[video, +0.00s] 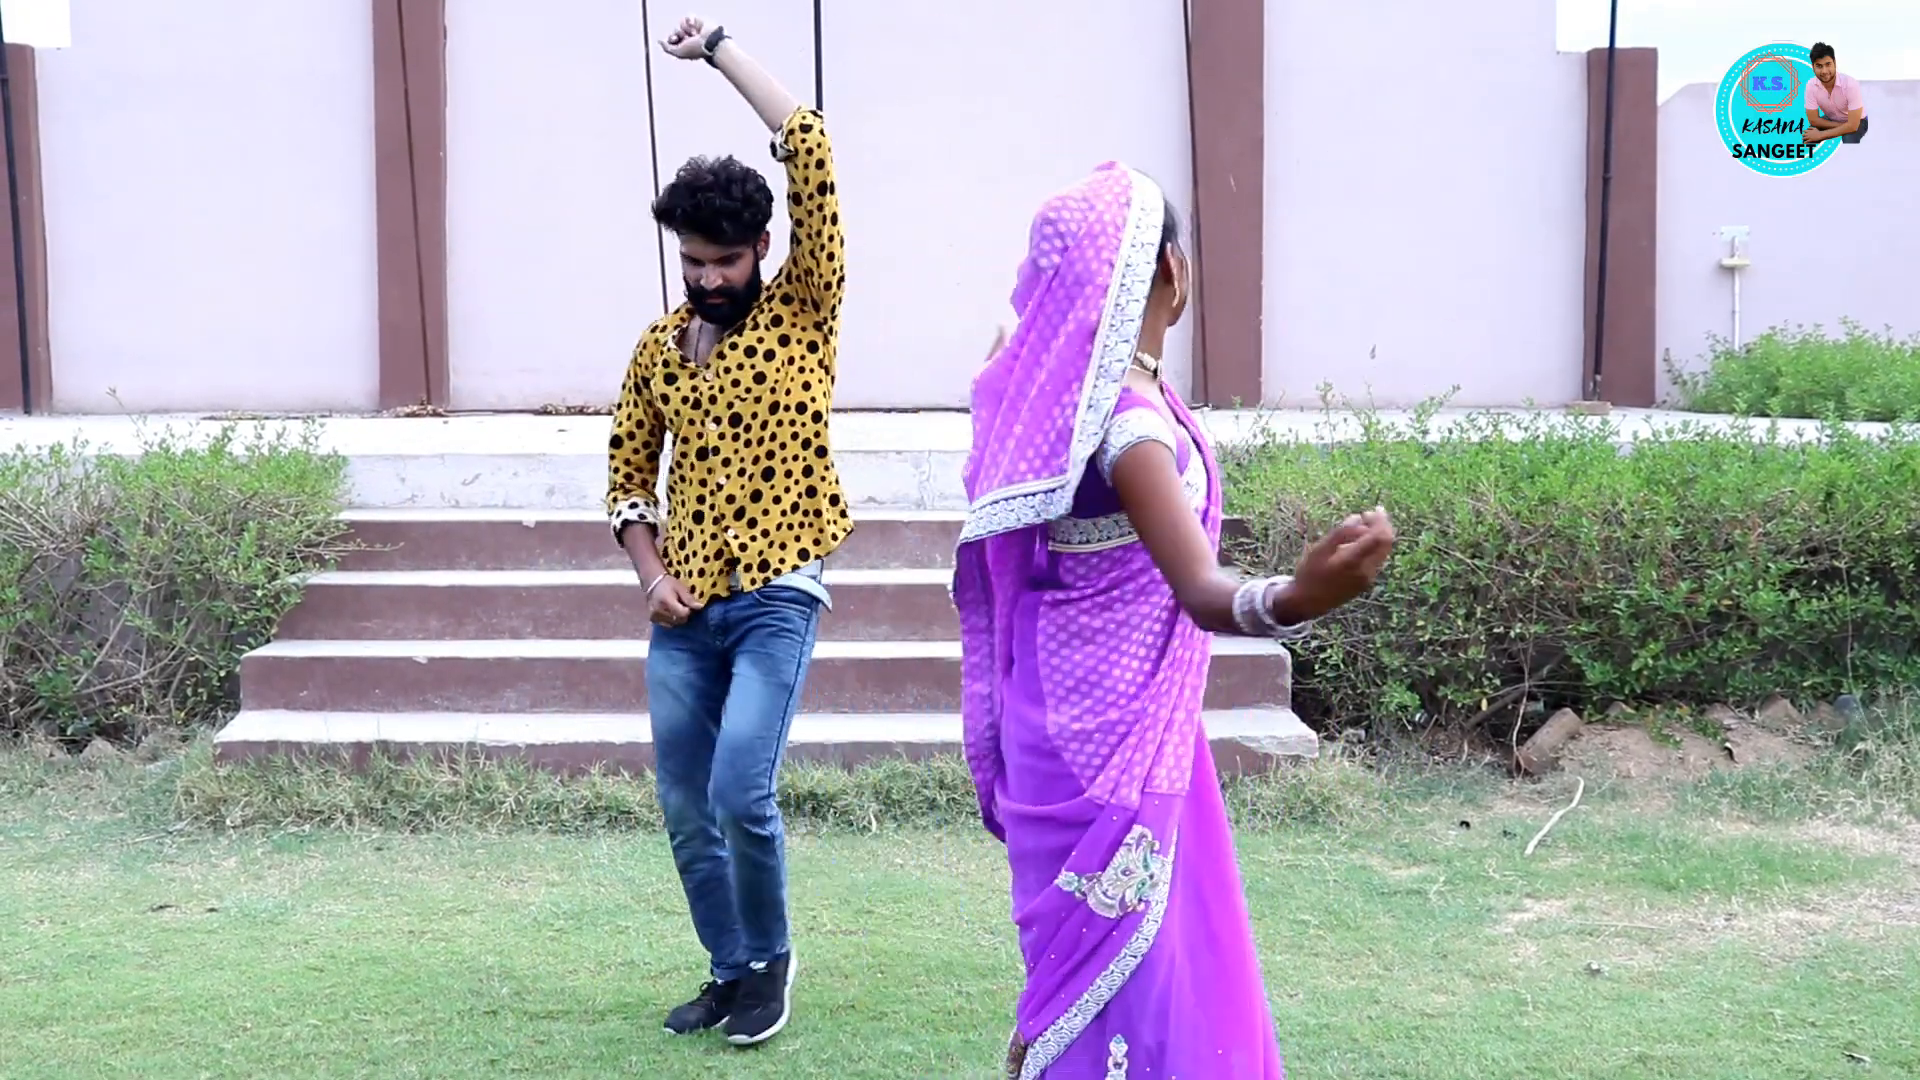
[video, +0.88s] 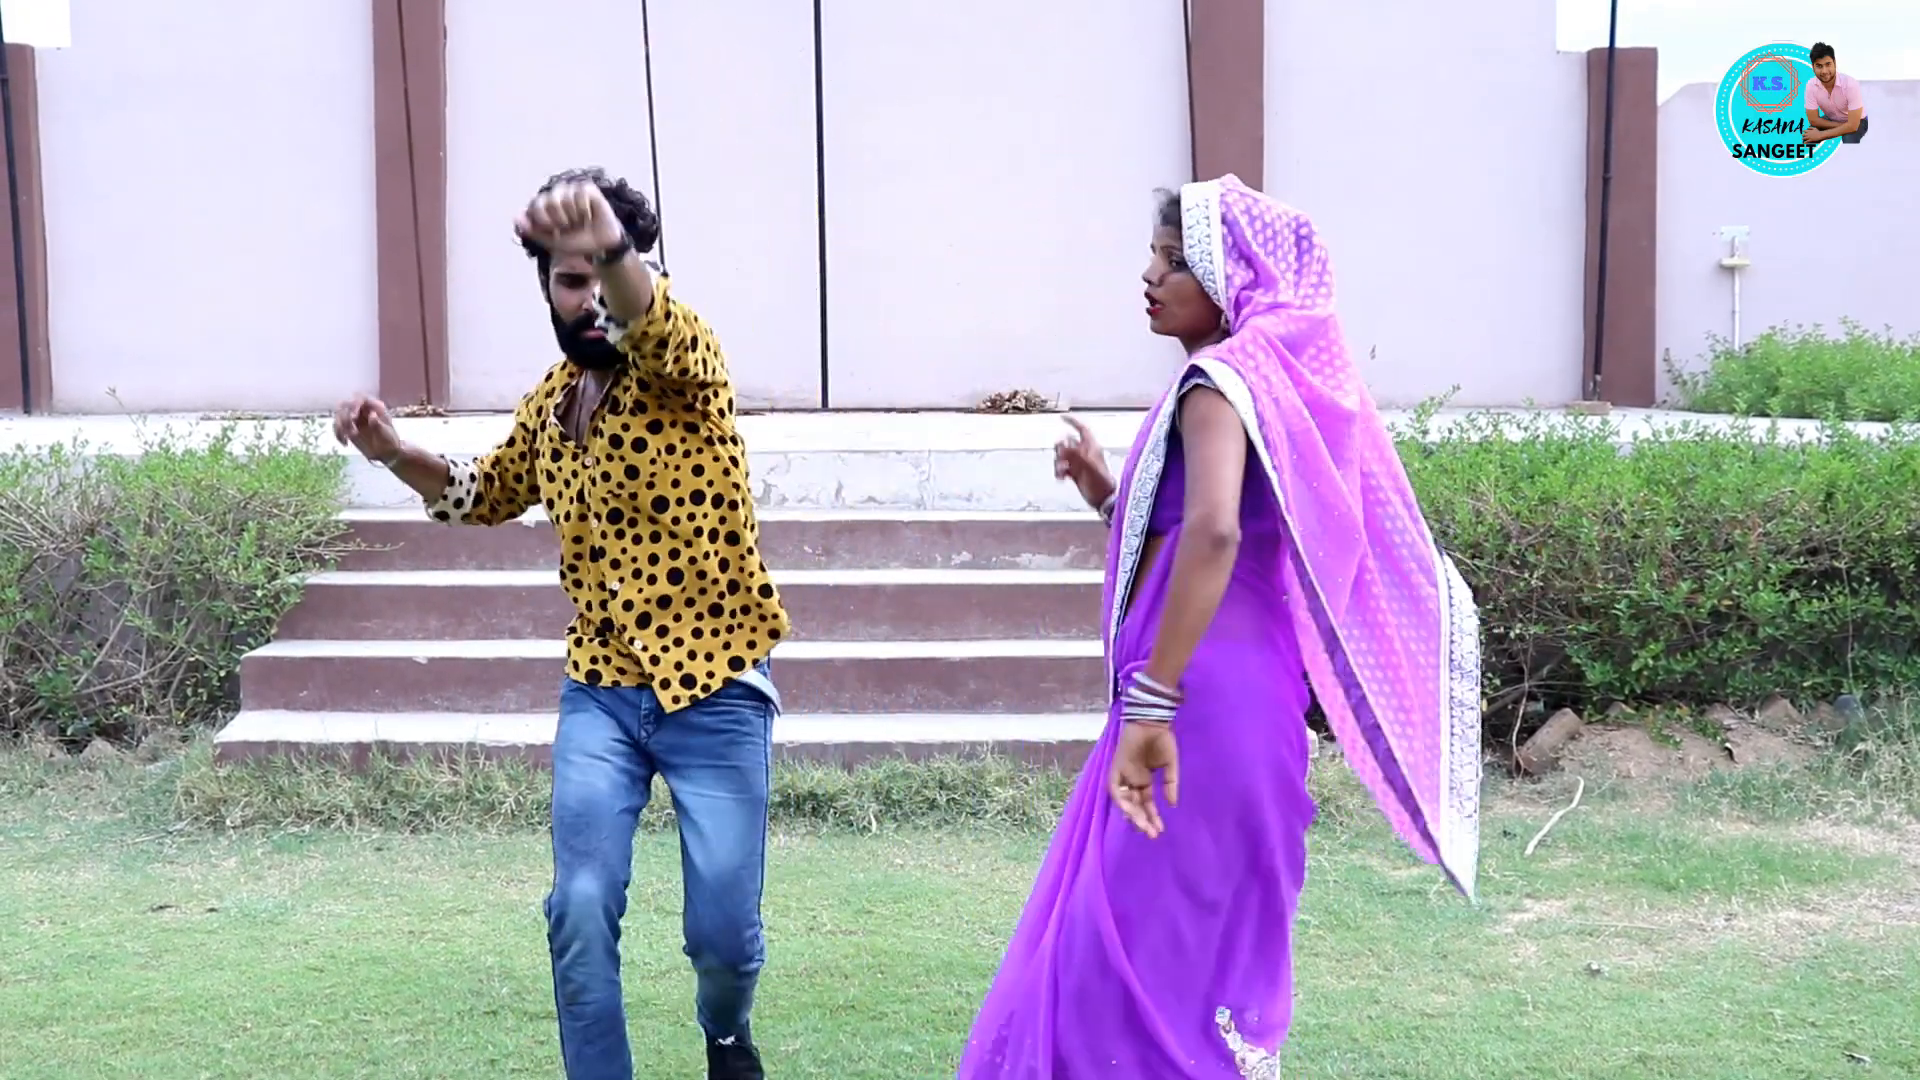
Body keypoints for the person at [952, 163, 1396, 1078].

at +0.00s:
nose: (1188, 268)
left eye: (1181, 249)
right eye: (1182, 250)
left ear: (1069, 272)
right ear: (1167, 270)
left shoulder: (1038, 382)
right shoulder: (1128, 417)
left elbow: (992, 581)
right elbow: (1200, 591)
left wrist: (988, 741)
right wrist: (1299, 596)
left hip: (1056, 721)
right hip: (1114, 739)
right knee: (1116, 986)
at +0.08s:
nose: (1198, 287)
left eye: (1190, 263)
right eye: (1185, 265)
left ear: (1070, 279)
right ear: (1147, 281)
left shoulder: (1027, 403)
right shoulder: (1161, 429)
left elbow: (964, 418)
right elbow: (1264, 590)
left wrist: (935, 395)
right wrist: (1402, 583)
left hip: (1029, 747)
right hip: (1131, 759)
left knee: (1061, 997)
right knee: (1148, 1001)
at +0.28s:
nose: (1178, 301)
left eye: (1175, 277)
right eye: (1182, 279)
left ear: (1106, 292)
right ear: (1221, 306)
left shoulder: (1045, 409)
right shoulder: (1244, 450)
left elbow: (936, 469)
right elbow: (1374, 616)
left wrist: (821, 447)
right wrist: (1519, 608)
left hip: (1051, 765)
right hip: (1183, 773)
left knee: (1057, 1004)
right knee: (1194, 1010)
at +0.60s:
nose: (1153, 268)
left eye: (1163, 251)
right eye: (1157, 249)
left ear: (1191, 260)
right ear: (1277, 261)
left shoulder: (1127, 357)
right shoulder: (1324, 375)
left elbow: (966, 457)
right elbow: (1377, 520)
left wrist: (835, 534)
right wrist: (1414, 626)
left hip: (1118, 662)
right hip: (1257, 666)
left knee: (1100, 880)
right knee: (1228, 877)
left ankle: (1102, 1056)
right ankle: (1228, 1052)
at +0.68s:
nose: (1155, 285)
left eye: (1171, 267)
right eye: (1161, 265)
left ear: (1219, 283)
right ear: (1273, 286)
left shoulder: (1157, 391)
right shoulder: (1326, 407)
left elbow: (1022, 524)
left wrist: (913, 649)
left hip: (1136, 734)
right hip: (1258, 731)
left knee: (1065, 950)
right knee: (1229, 941)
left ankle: (1068, 1065)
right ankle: (1243, 1058)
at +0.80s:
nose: (1151, 298)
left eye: (1169, 282)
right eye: (1158, 279)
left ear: (1227, 302)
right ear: (1258, 303)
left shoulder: (1193, 405)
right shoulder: (1323, 412)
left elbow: (1131, 557)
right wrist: (1320, 759)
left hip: (1174, 747)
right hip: (1269, 749)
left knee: (1061, 966)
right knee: (1238, 990)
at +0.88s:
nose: (1148, 281)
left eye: (1167, 265)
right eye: (1151, 261)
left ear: (1225, 280)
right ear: (1235, 287)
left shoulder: (1216, 385)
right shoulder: (1284, 378)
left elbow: (1215, 535)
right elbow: (1215, 546)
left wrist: (1152, 703)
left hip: (1197, 714)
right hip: (1258, 713)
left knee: (1124, 966)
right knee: (1218, 967)